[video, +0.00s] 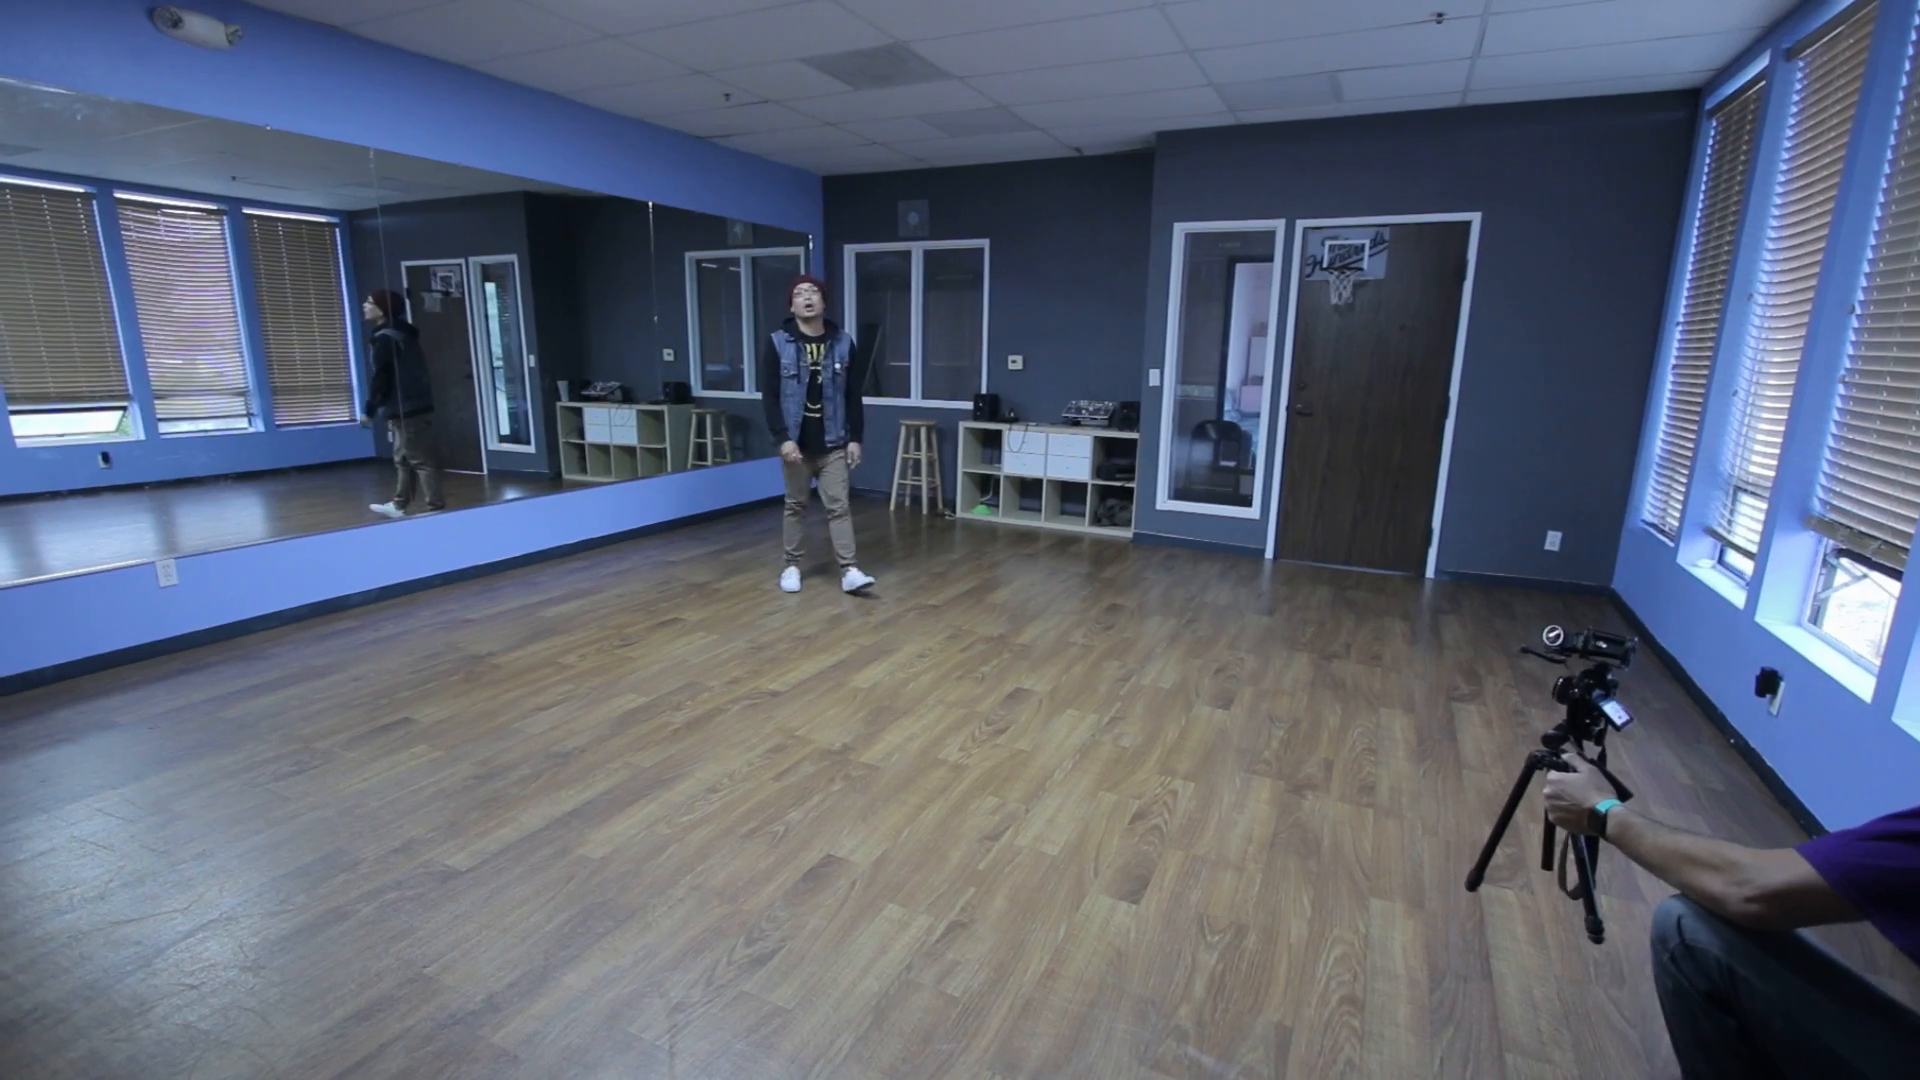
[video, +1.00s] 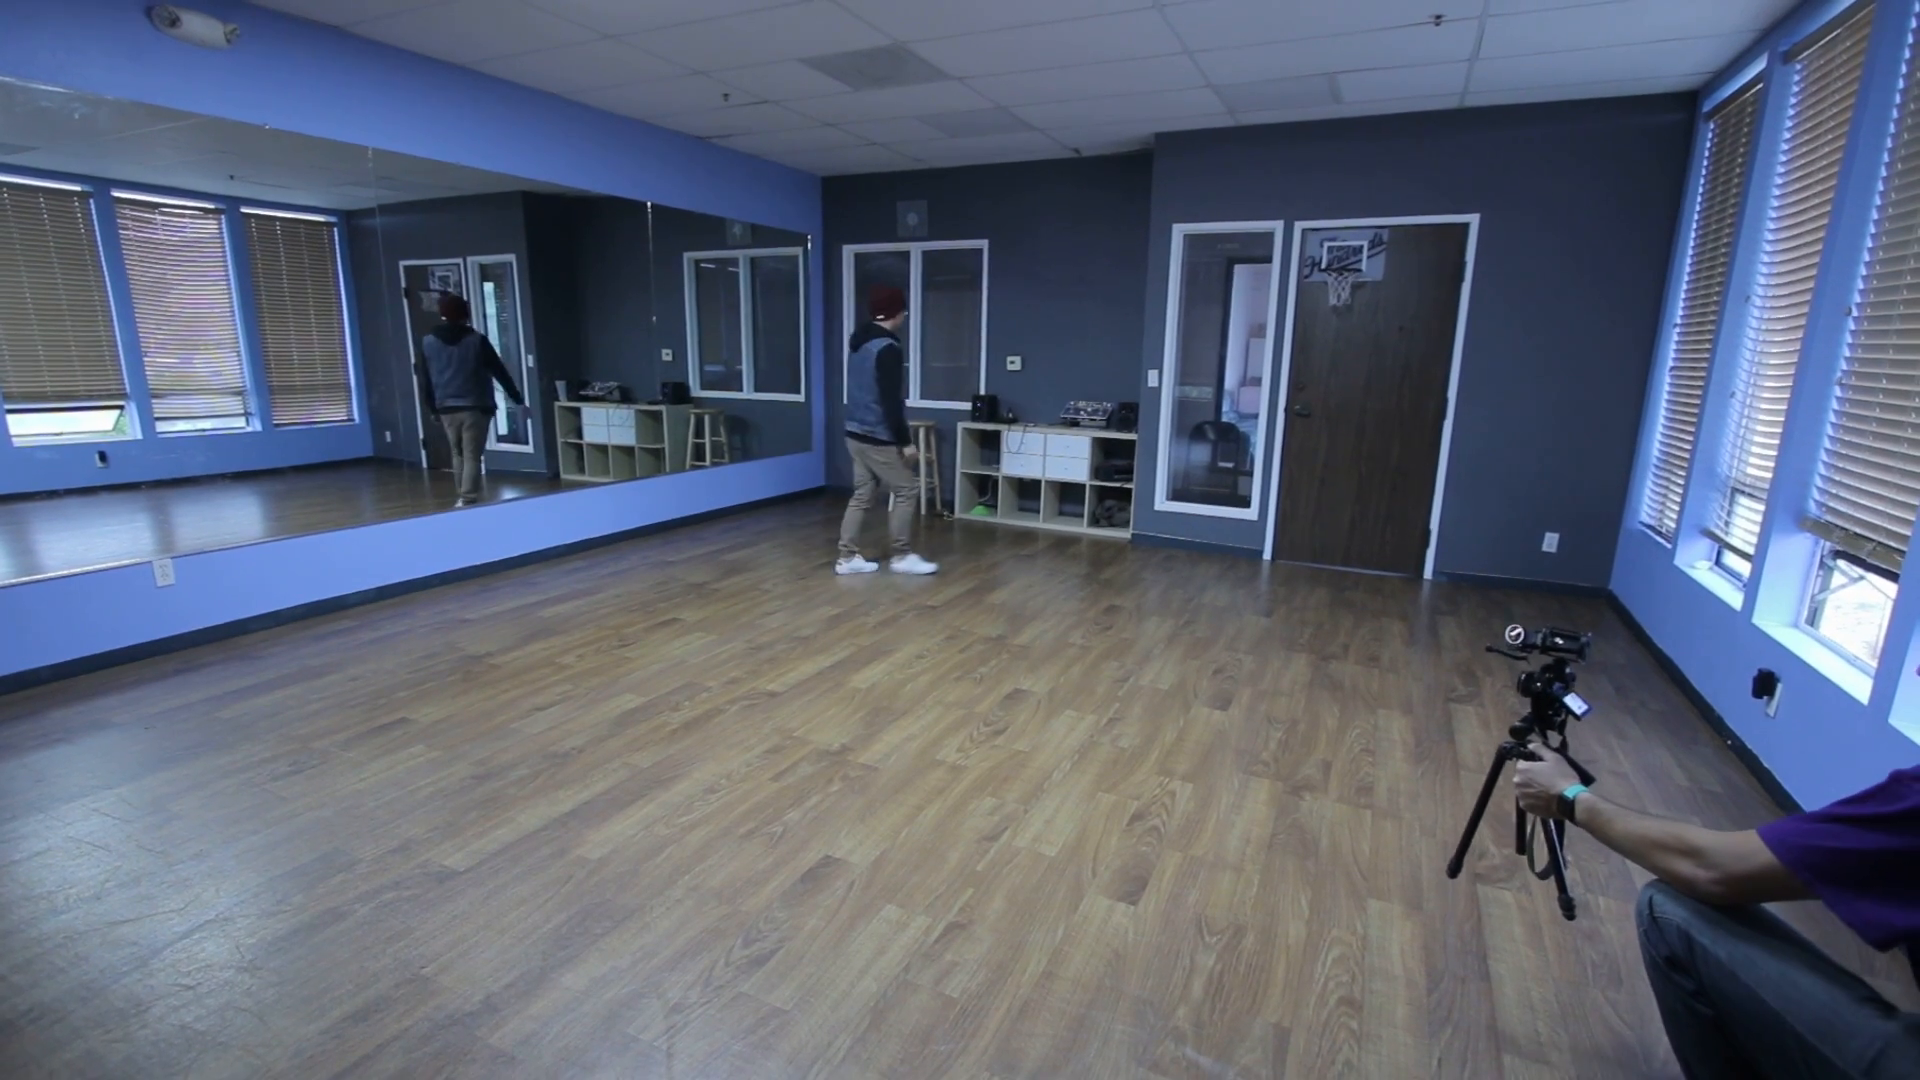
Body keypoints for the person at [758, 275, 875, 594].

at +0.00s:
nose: (808, 298)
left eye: (813, 293)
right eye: (801, 294)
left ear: (824, 301)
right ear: (791, 305)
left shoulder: (843, 341)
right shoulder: (777, 342)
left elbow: (854, 393)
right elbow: (770, 395)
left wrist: (855, 438)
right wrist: (783, 438)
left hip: (833, 440)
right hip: (796, 441)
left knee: (839, 506)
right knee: (795, 506)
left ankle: (849, 569)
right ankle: (792, 566)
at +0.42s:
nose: (845, 306)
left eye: (845, 300)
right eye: (838, 301)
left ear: (839, 306)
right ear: (818, 306)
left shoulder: (848, 344)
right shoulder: (794, 343)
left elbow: (855, 392)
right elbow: (771, 387)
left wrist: (854, 430)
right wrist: (759, 431)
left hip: (839, 437)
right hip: (805, 438)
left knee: (845, 498)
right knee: (801, 503)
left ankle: (845, 556)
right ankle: (791, 565)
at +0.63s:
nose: (869, 310)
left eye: (869, 304)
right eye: (865, 304)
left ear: (850, 308)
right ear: (849, 307)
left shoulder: (857, 343)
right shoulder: (828, 344)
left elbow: (862, 392)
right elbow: (813, 392)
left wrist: (871, 427)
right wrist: (806, 437)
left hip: (855, 438)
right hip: (831, 438)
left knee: (849, 499)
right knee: (823, 499)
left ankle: (845, 558)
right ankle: (796, 563)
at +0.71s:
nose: (877, 310)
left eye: (876, 305)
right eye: (873, 305)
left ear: (854, 307)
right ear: (860, 307)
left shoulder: (860, 341)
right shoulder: (842, 342)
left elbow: (866, 392)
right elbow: (834, 393)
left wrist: (875, 429)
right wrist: (833, 437)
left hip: (860, 435)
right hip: (842, 436)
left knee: (851, 496)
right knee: (836, 497)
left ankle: (844, 559)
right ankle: (809, 560)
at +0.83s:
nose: (888, 309)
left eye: (887, 304)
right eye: (886, 304)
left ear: (860, 306)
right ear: (877, 306)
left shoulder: (852, 335)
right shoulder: (863, 341)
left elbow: (856, 391)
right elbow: (862, 393)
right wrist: (876, 435)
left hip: (848, 431)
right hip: (855, 433)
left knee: (854, 492)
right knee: (865, 493)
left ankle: (848, 553)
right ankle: (845, 558)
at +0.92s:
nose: (895, 317)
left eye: (895, 311)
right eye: (894, 312)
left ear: (868, 310)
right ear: (886, 312)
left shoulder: (854, 338)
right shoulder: (876, 345)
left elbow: (854, 392)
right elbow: (878, 398)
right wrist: (894, 439)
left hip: (847, 433)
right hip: (867, 436)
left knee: (857, 495)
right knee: (887, 493)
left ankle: (845, 557)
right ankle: (873, 557)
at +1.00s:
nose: (903, 318)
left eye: (903, 313)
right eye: (903, 313)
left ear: (875, 313)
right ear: (896, 314)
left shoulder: (861, 341)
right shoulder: (888, 348)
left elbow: (862, 393)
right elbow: (891, 401)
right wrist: (905, 442)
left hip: (855, 435)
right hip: (878, 437)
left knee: (862, 494)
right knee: (906, 489)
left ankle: (846, 556)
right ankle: (901, 554)